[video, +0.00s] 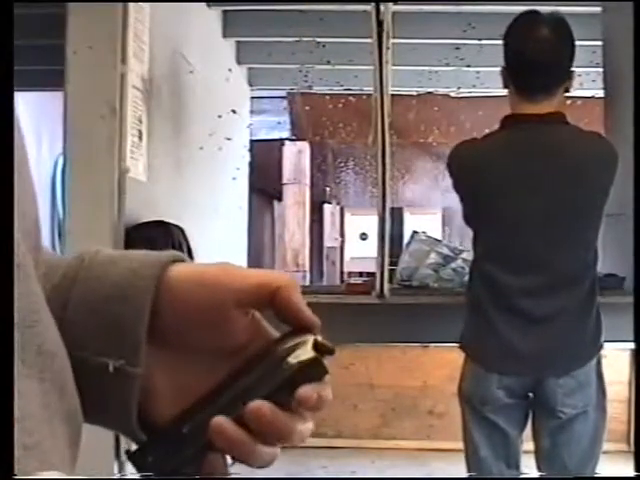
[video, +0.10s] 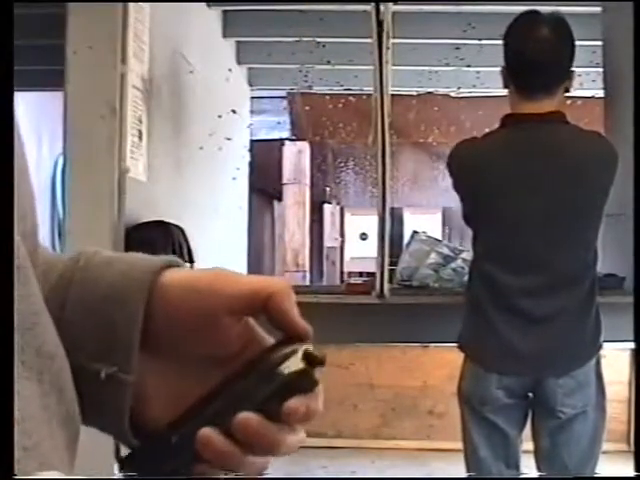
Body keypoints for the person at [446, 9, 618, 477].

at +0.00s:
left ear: (504, 78)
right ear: (570, 81)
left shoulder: (467, 159)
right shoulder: (600, 156)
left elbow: (481, 220)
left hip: (493, 356)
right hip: (571, 358)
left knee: (491, 472)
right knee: (571, 472)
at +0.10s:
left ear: (505, 77)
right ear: (570, 80)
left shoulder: (468, 158)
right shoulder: (600, 155)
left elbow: (479, 219)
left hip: (492, 355)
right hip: (570, 357)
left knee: (490, 471)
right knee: (571, 472)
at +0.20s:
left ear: (504, 77)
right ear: (570, 80)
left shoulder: (468, 158)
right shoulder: (600, 155)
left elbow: (478, 219)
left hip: (492, 356)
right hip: (569, 357)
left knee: (490, 472)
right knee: (570, 472)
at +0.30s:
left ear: (504, 77)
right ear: (569, 80)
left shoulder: (468, 159)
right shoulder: (599, 156)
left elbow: (480, 218)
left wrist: (528, 126)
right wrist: (550, 119)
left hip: (491, 356)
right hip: (569, 358)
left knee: (489, 471)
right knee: (569, 472)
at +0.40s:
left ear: (503, 77)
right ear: (568, 80)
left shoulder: (467, 159)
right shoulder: (599, 156)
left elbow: (479, 219)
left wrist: (524, 126)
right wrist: (547, 119)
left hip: (491, 356)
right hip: (569, 358)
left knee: (489, 471)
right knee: (569, 472)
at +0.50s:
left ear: (502, 77)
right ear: (567, 81)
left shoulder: (466, 159)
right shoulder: (598, 156)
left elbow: (478, 219)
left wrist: (526, 126)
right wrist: (548, 119)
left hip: (491, 356)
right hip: (568, 358)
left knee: (489, 472)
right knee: (568, 472)